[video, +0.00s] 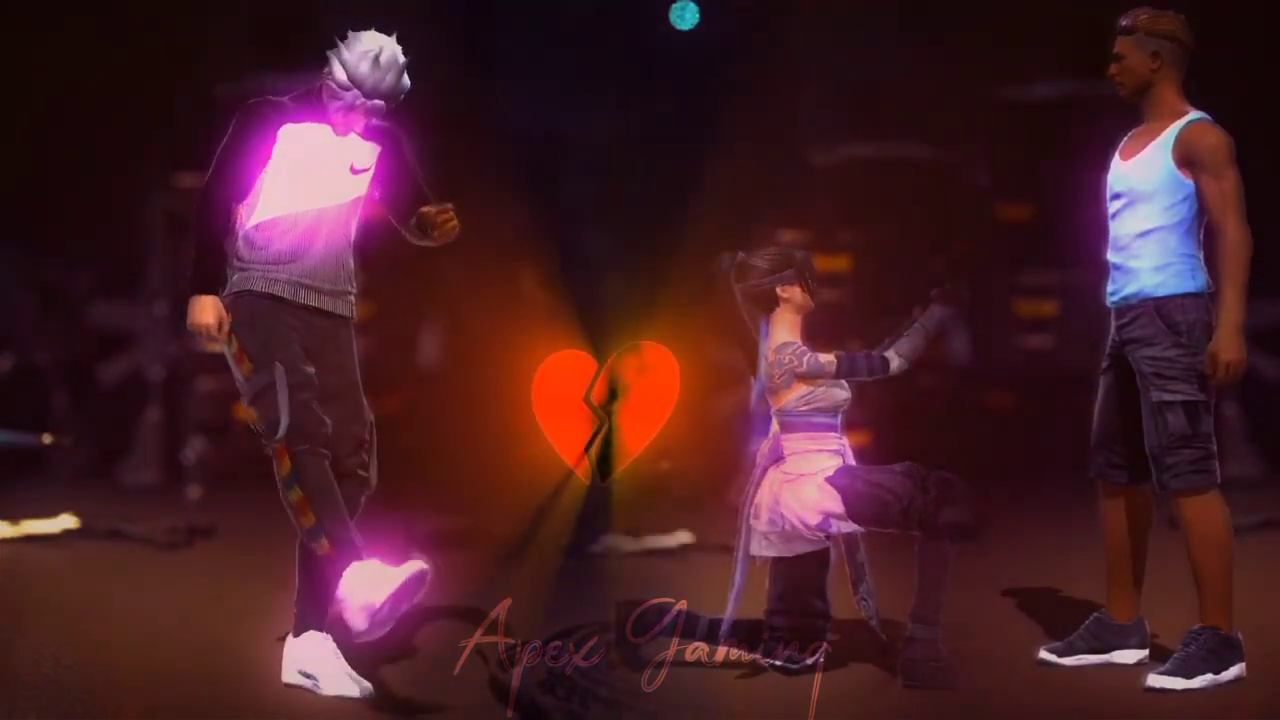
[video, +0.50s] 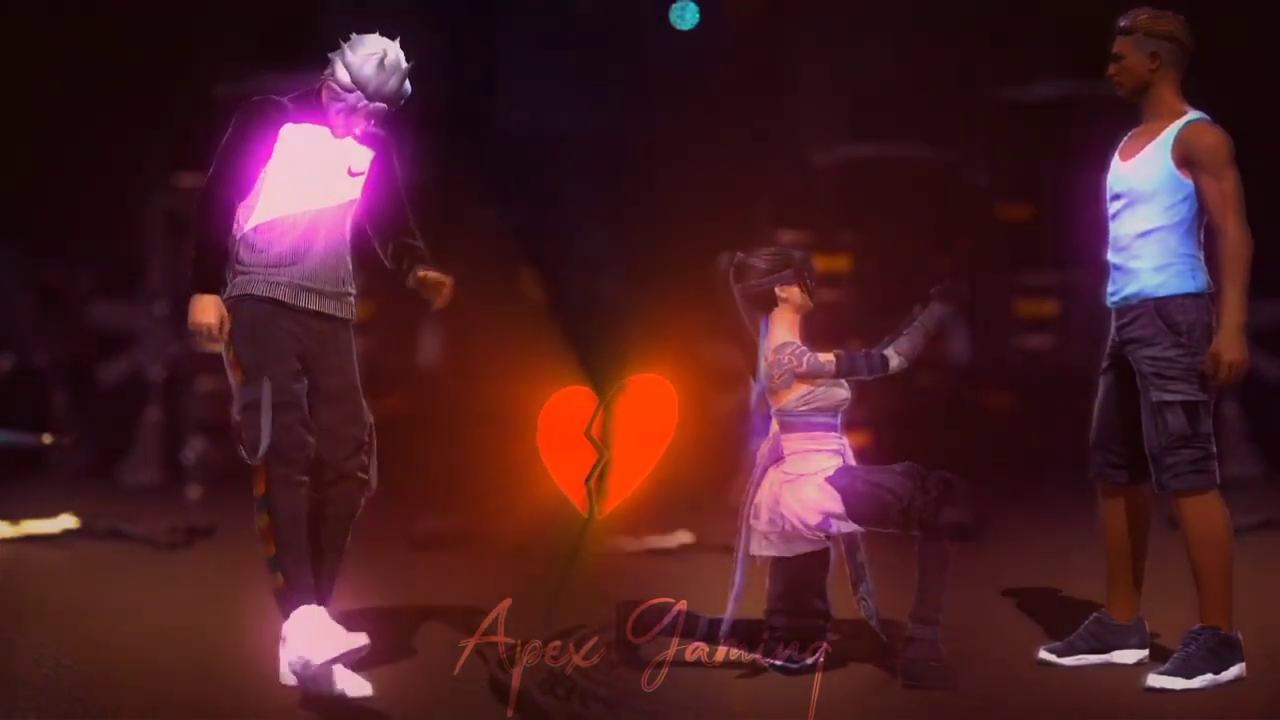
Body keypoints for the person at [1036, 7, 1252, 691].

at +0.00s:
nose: (1112, 68)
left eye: (1122, 58)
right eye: (1112, 59)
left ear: (1159, 62)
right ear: (1141, 65)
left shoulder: (1200, 135)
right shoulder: (1132, 140)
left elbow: (1234, 232)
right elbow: (1136, 240)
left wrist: (1229, 327)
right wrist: (1118, 319)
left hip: (1172, 320)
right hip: (1125, 323)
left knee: (1190, 477)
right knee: (1117, 471)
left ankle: (1216, 637)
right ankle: (1121, 623)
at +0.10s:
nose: (1112, 68)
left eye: (1121, 58)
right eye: (1112, 58)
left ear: (1159, 62)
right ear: (1141, 65)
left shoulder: (1199, 135)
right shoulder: (1132, 141)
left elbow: (1234, 232)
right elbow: (1135, 240)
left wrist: (1229, 327)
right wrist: (1118, 319)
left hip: (1172, 320)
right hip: (1125, 322)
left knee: (1190, 477)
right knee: (1117, 471)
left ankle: (1216, 637)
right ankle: (1121, 623)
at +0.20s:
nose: (1111, 68)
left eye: (1121, 58)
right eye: (1111, 58)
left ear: (1158, 63)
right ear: (1140, 65)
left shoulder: (1199, 135)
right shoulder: (1132, 140)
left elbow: (1234, 232)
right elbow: (1137, 240)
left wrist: (1230, 327)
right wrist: (1119, 319)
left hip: (1172, 320)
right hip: (1126, 322)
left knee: (1189, 476)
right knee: (1116, 471)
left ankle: (1216, 637)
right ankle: (1121, 623)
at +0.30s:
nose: (1111, 68)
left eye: (1121, 58)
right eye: (1111, 58)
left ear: (1158, 63)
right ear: (1140, 65)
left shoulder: (1199, 135)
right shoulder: (1132, 140)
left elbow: (1234, 232)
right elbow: (1137, 240)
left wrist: (1230, 327)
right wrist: (1119, 320)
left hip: (1172, 320)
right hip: (1126, 323)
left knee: (1189, 477)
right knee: (1116, 471)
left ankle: (1216, 637)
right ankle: (1121, 623)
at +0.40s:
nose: (1111, 68)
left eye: (1120, 58)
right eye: (1111, 58)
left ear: (1158, 62)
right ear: (1140, 65)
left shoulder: (1199, 135)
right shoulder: (1131, 142)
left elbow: (1234, 232)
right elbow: (1135, 241)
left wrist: (1230, 327)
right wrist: (1119, 320)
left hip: (1172, 320)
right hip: (1125, 322)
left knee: (1189, 477)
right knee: (1117, 471)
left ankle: (1216, 637)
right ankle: (1121, 623)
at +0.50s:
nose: (1111, 68)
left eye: (1120, 58)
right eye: (1111, 58)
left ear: (1158, 62)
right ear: (1140, 65)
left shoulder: (1199, 135)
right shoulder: (1131, 141)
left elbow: (1233, 233)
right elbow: (1135, 241)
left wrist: (1231, 328)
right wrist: (1119, 320)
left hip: (1172, 320)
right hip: (1125, 323)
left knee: (1189, 477)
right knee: (1115, 471)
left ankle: (1216, 637)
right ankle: (1121, 623)